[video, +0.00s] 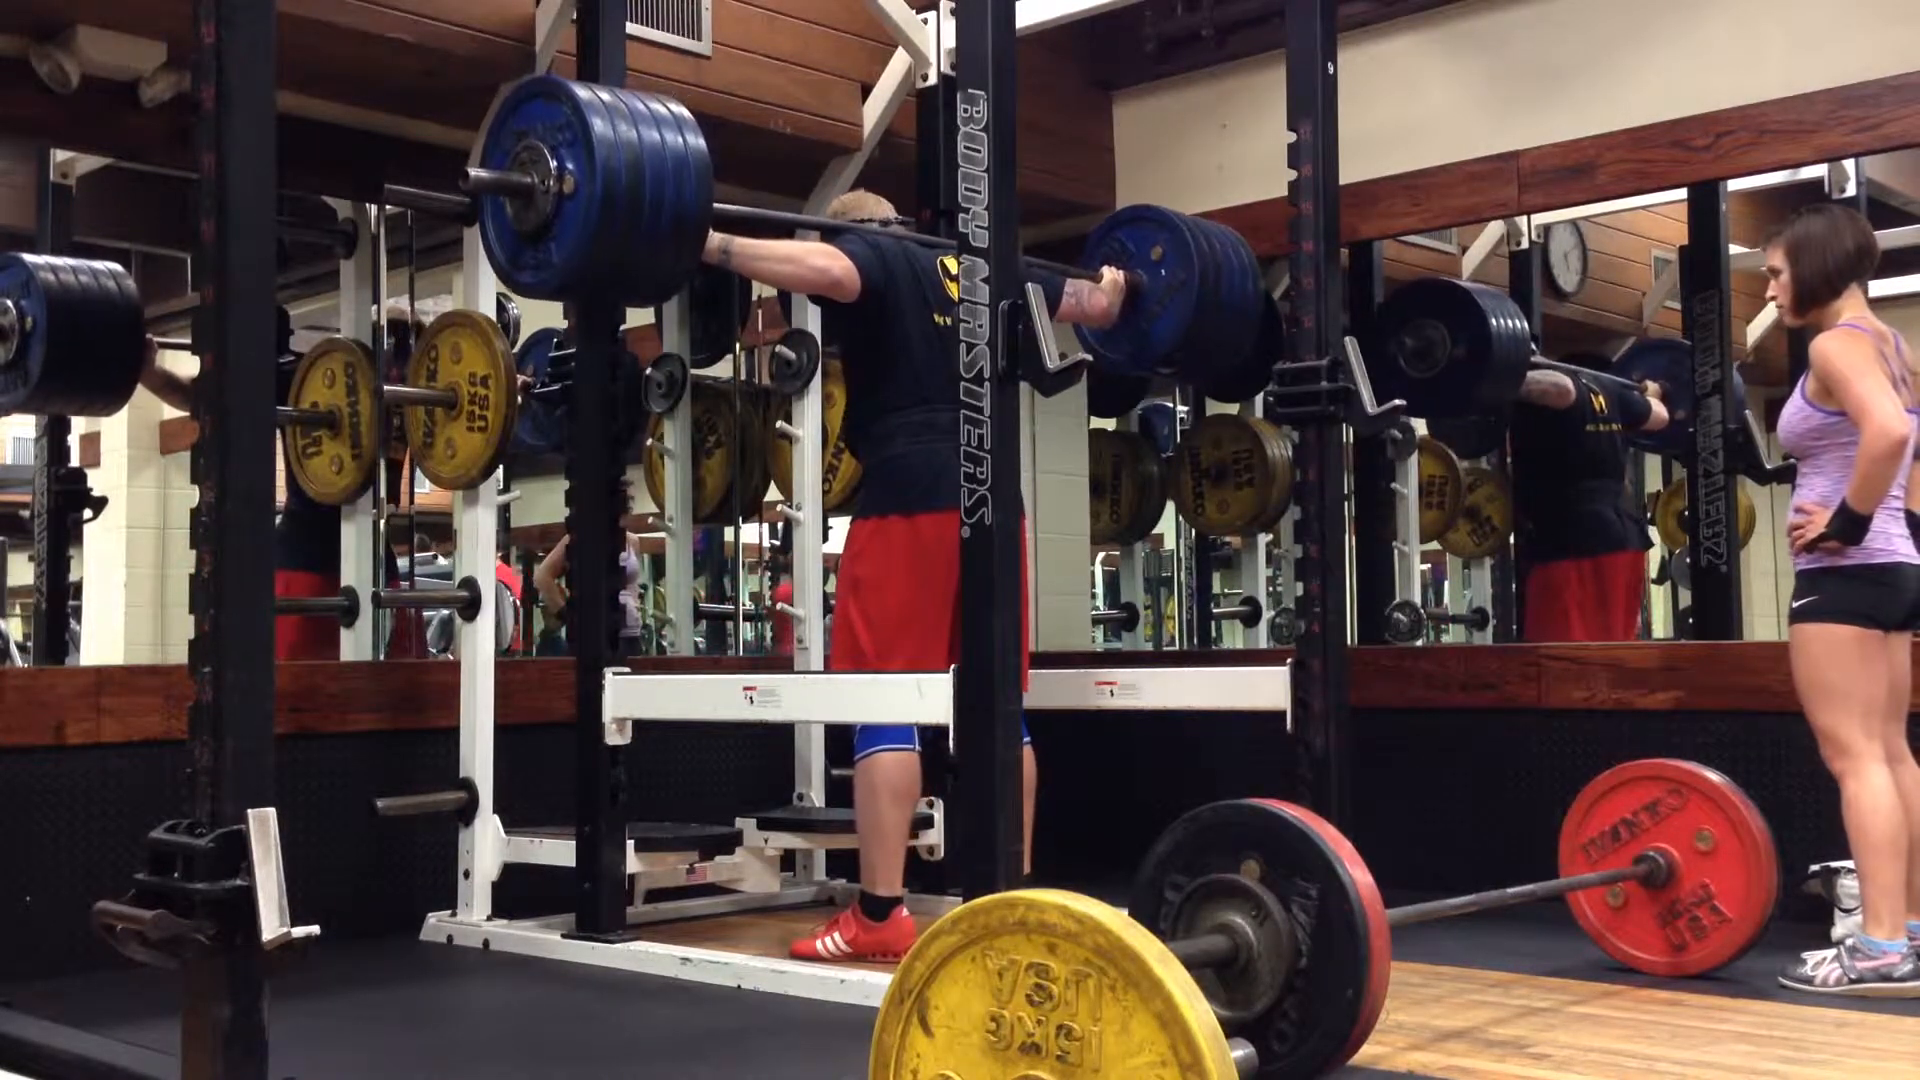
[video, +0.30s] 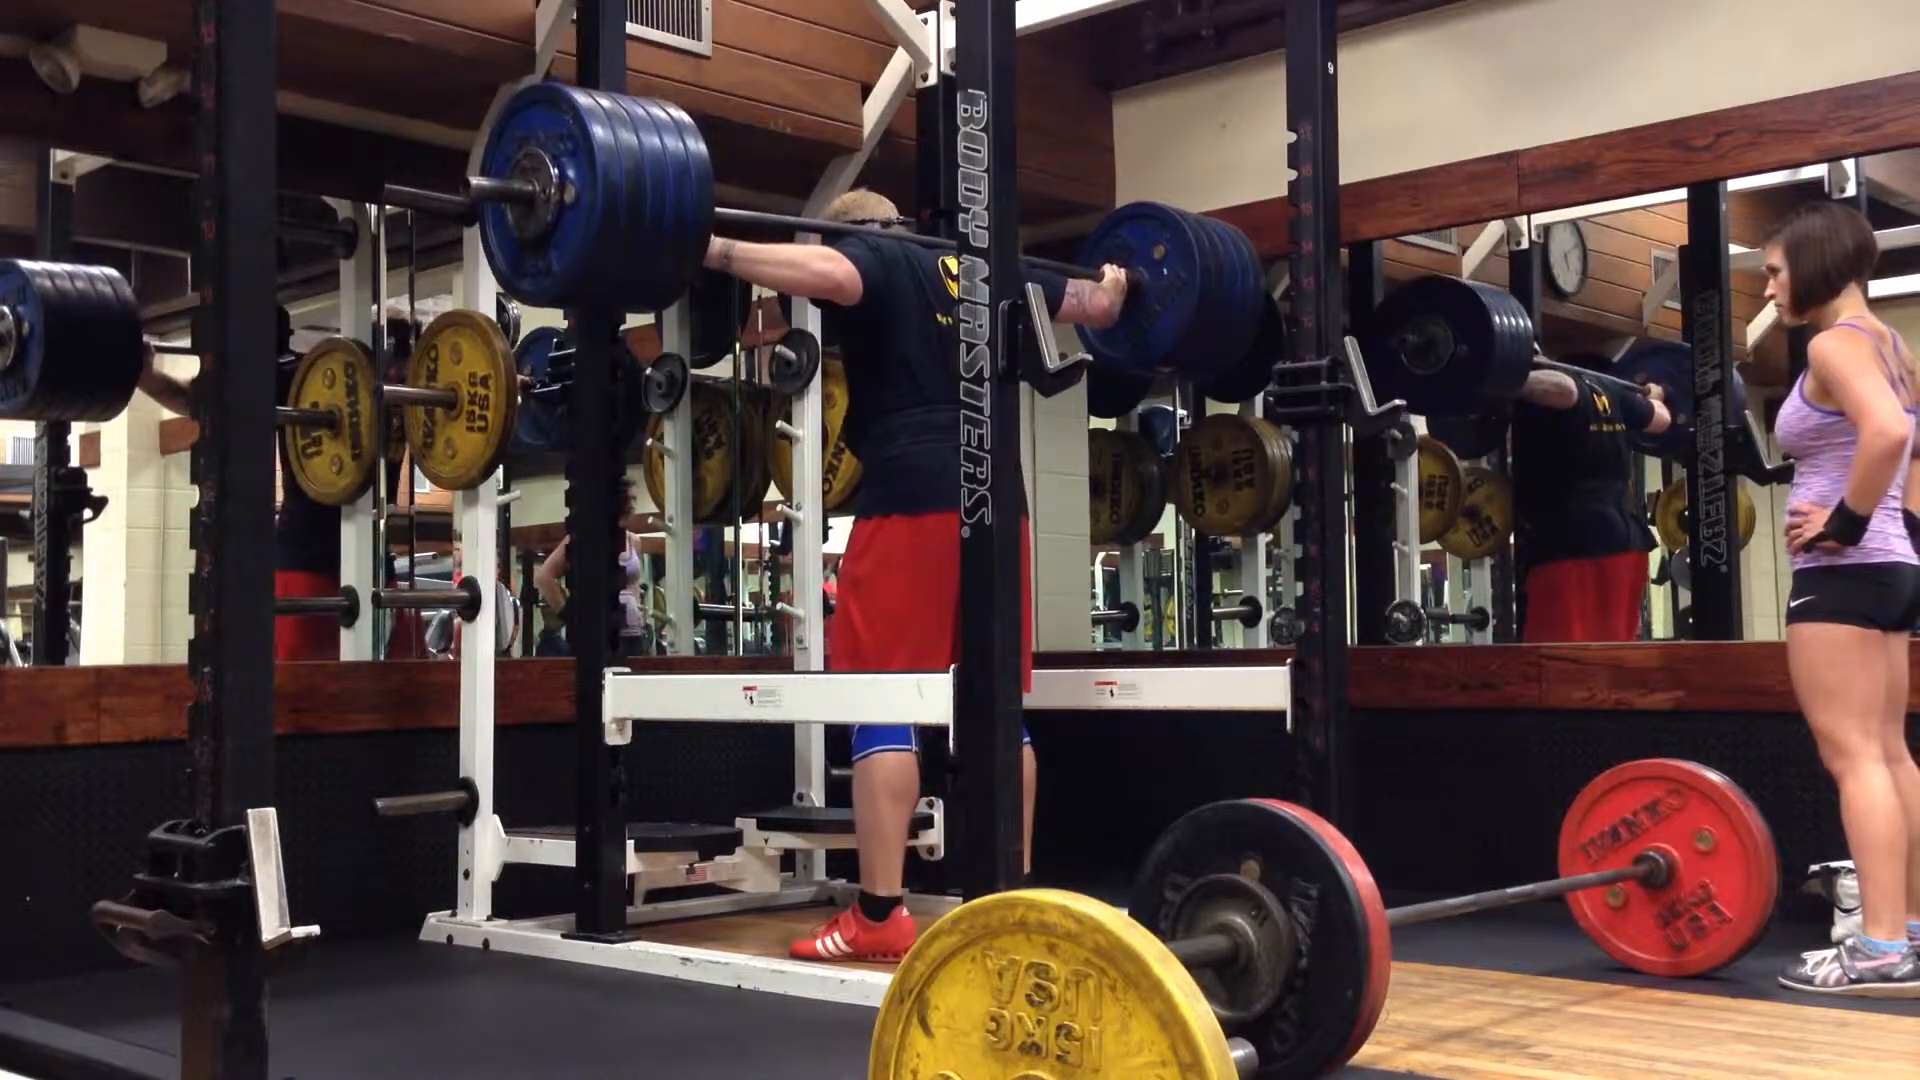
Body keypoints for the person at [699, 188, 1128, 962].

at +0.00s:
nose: (832, 248)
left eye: (834, 237)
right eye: (831, 237)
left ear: (854, 228)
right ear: (902, 220)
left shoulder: (872, 249)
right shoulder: (987, 267)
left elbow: (831, 273)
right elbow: (1093, 304)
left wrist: (719, 245)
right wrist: (1117, 279)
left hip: (912, 502)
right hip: (1002, 507)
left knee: (884, 707)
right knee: (1000, 712)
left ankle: (880, 910)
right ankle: (1011, 900)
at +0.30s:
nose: (828, 253)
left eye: (831, 241)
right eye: (828, 240)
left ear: (853, 230)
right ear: (902, 220)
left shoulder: (869, 252)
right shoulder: (985, 269)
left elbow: (833, 277)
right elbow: (1092, 304)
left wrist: (718, 248)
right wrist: (1116, 279)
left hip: (912, 506)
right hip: (1002, 511)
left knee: (882, 710)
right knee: (1000, 715)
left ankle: (879, 911)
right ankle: (1010, 901)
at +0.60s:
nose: (826, 270)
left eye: (827, 256)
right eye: (827, 255)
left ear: (847, 244)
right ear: (903, 227)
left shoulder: (869, 258)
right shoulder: (982, 274)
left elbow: (836, 286)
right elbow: (1095, 310)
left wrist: (721, 259)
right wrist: (1117, 286)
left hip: (929, 501)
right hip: (1020, 500)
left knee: (872, 703)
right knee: (1004, 712)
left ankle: (878, 910)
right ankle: (1013, 902)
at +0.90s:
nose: (838, 294)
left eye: (840, 280)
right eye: (839, 283)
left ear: (860, 272)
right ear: (908, 264)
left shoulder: (876, 301)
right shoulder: (970, 313)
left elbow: (835, 328)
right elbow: (1071, 342)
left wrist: (715, 302)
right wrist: (1105, 343)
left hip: (947, 527)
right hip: (1045, 524)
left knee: (851, 703)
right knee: (1006, 713)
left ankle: (876, 911)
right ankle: (1013, 902)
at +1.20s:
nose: (844, 337)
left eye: (847, 325)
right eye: (845, 328)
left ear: (874, 315)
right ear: (910, 310)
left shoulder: (876, 347)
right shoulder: (985, 363)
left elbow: (831, 376)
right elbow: (1098, 395)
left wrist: (709, 351)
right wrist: (1115, 369)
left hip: (959, 563)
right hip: (1058, 564)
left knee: (823, 711)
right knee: (1003, 725)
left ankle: (874, 912)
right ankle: (1013, 901)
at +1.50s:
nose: (842, 381)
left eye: (846, 370)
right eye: (842, 373)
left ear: (866, 364)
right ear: (913, 360)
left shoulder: (870, 397)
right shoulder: (986, 405)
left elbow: (836, 432)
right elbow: (1095, 438)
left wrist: (715, 405)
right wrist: (1112, 413)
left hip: (953, 599)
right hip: (1060, 602)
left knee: (804, 720)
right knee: (1002, 738)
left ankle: (873, 912)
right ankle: (1014, 896)